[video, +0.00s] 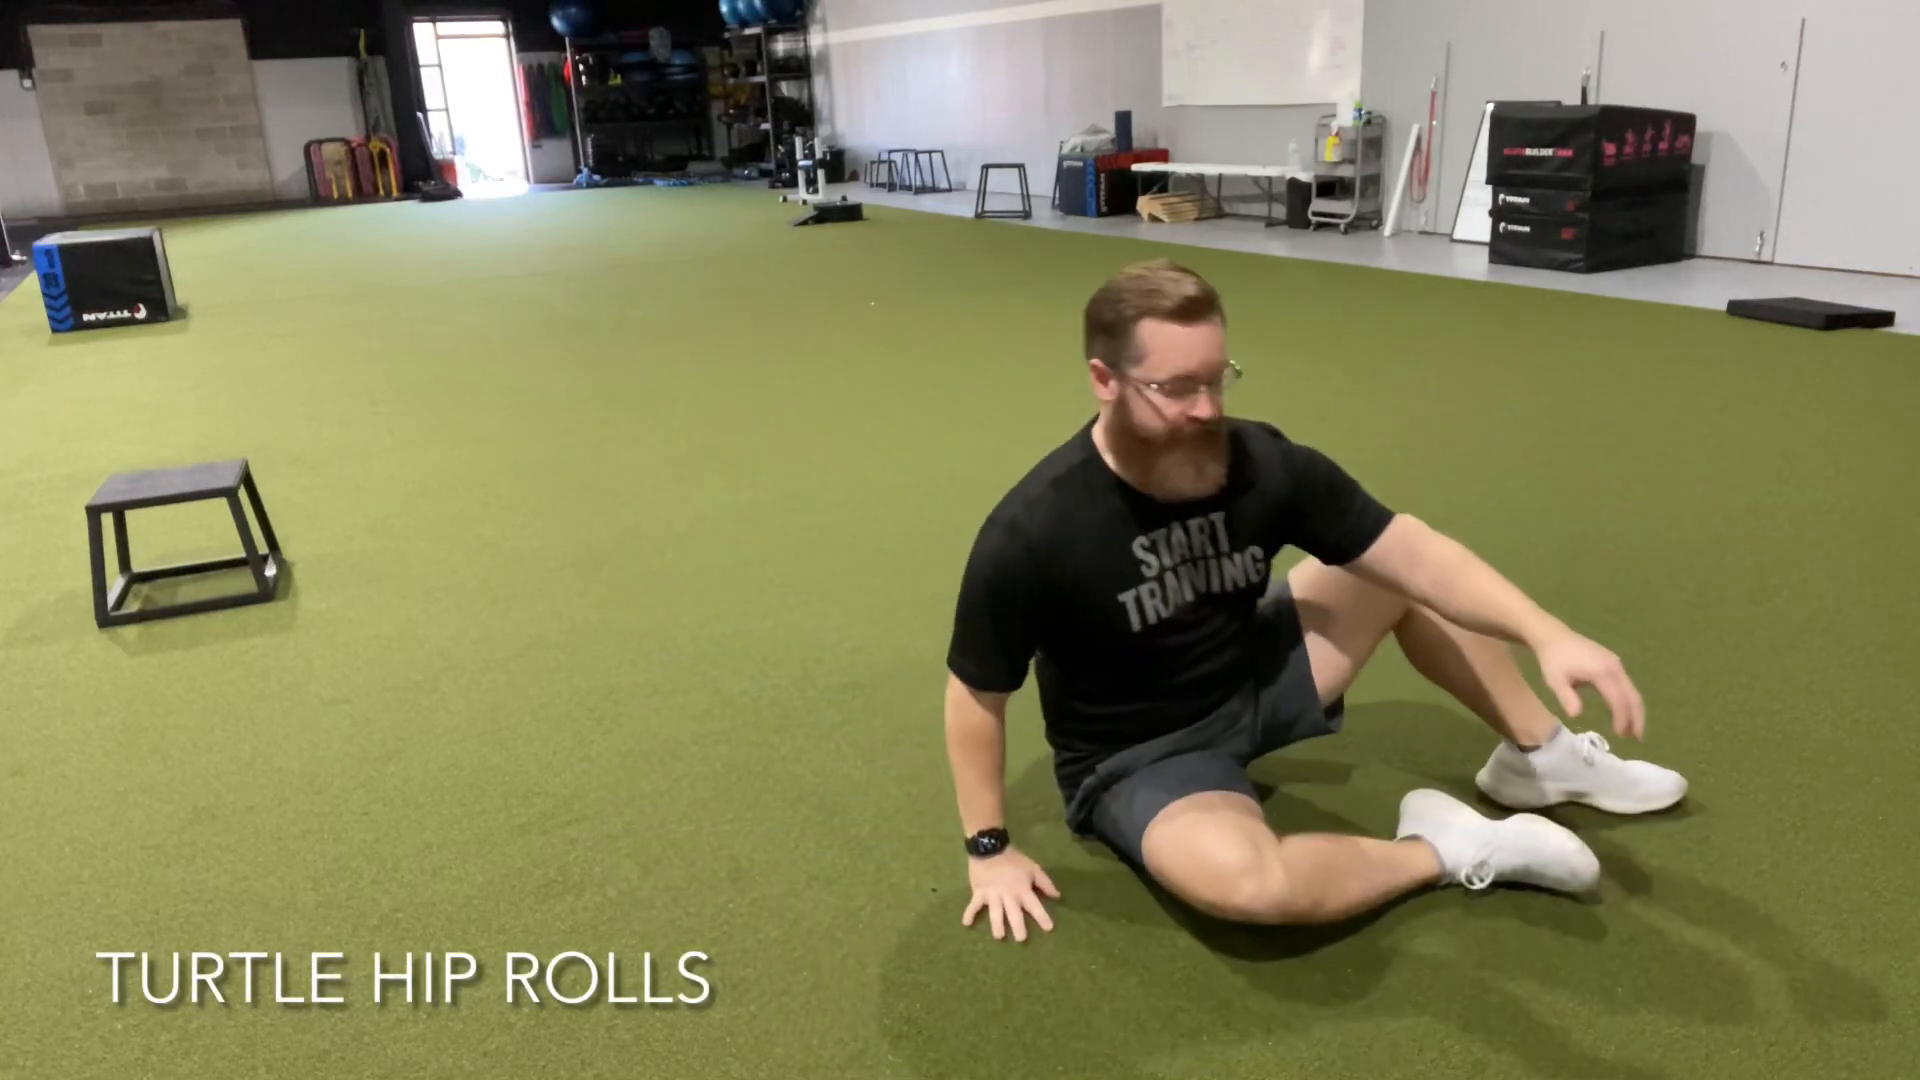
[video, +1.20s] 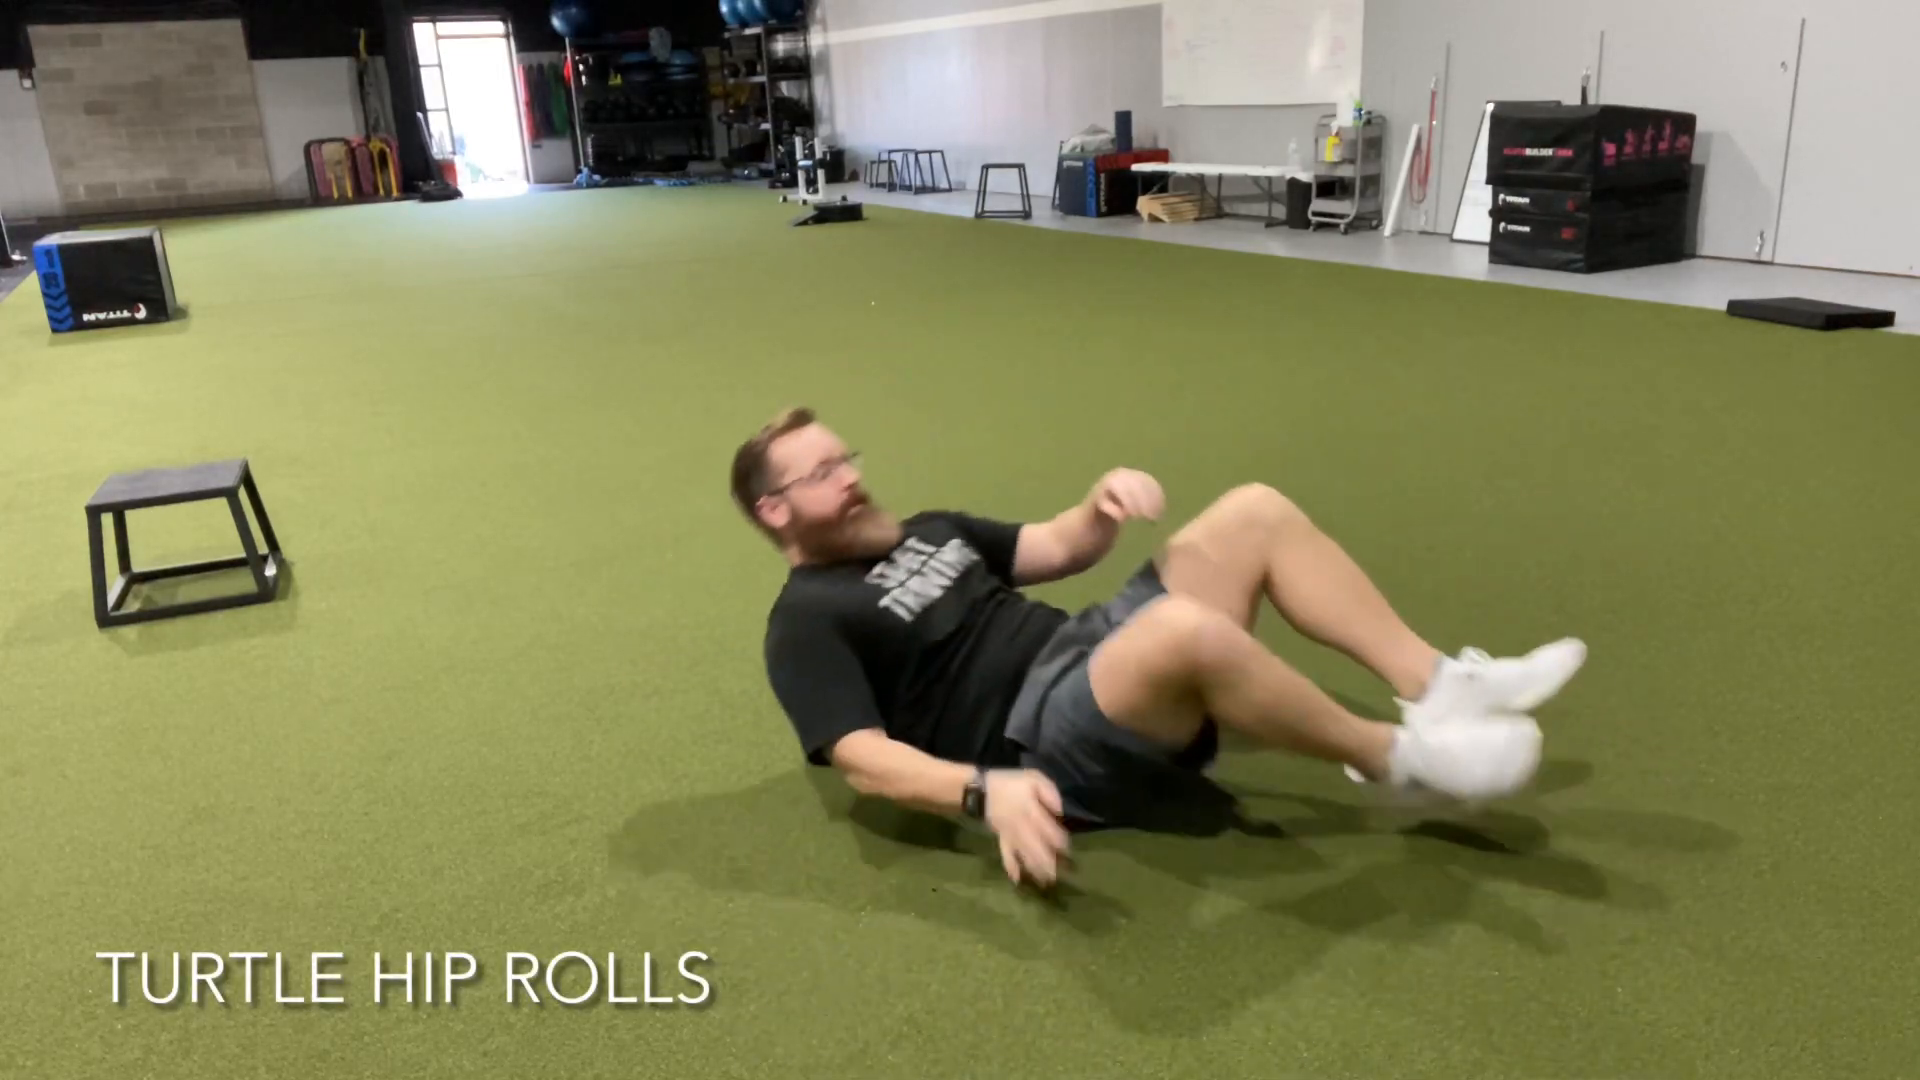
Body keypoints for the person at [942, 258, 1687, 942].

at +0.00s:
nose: (1207, 409)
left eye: (1217, 381)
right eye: (1178, 389)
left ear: (1227, 366)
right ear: (1104, 383)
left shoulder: (1261, 463)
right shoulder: (1034, 532)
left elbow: (1407, 549)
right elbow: (975, 692)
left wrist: (1548, 632)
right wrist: (987, 848)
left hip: (1254, 669)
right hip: (1142, 748)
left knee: (1394, 566)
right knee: (1243, 884)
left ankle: (1537, 751)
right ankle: (1445, 846)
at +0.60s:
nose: (1151, 394)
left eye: (1154, 368)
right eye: (1125, 376)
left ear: (1158, 356)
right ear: (1047, 382)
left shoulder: (1196, 457)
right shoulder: (990, 541)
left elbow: (1342, 547)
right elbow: (947, 707)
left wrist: (1467, 603)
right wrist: (988, 855)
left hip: (1228, 670)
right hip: (1131, 756)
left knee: (1385, 556)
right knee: (1243, 879)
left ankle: (1545, 751)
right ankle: (1444, 844)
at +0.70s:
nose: (1107, 393)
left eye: (1107, 367)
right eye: (1079, 377)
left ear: (1111, 364)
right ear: (1003, 393)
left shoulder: (1151, 460)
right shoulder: (960, 550)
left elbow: (1289, 544)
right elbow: (929, 718)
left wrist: (1413, 584)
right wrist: (988, 854)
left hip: (1210, 667)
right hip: (1117, 755)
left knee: (1376, 569)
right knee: (1254, 861)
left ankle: (1544, 748)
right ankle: (1454, 844)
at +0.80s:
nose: (1052, 394)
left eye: (1052, 371)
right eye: (1026, 381)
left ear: (1060, 371)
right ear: (954, 404)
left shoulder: (1099, 466)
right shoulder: (928, 559)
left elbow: (1222, 537)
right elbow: (911, 726)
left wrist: (1324, 563)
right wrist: (985, 855)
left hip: (1193, 664)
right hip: (1103, 755)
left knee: (1363, 570)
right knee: (1248, 828)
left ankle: (1542, 748)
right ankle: (1453, 843)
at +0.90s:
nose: (996, 406)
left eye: (994, 385)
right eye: (970, 395)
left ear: (997, 387)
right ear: (905, 419)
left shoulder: (1051, 477)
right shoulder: (892, 570)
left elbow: (1174, 539)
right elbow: (892, 733)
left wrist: (1259, 553)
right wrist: (984, 857)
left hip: (1169, 659)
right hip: (1088, 751)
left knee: (1342, 563)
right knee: (1240, 791)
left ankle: (1522, 737)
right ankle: (1457, 832)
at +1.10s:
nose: (899, 443)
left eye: (894, 426)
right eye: (872, 438)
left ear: (900, 430)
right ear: (816, 476)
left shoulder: (964, 504)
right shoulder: (830, 600)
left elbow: (1091, 543)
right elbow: (870, 750)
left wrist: (1161, 516)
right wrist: (990, 834)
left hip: (1122, 649)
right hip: (1056, 744)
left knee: (1299, 539)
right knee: (1213, 696)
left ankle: (1475, 716)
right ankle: (1427, 801)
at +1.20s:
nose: (852, 477)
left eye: (847, 461)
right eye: (824, 474)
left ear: (855, 467)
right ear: (776, 514)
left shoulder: (928, 531)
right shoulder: (804, 626)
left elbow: (1049, 551)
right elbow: (857, 753)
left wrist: (1101, 511)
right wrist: (982, 787)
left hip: (1106, 642)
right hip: (1041, 736)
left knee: (1254, 512)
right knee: (1182, 634)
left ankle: (1438, 685)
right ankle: (1395, 757)